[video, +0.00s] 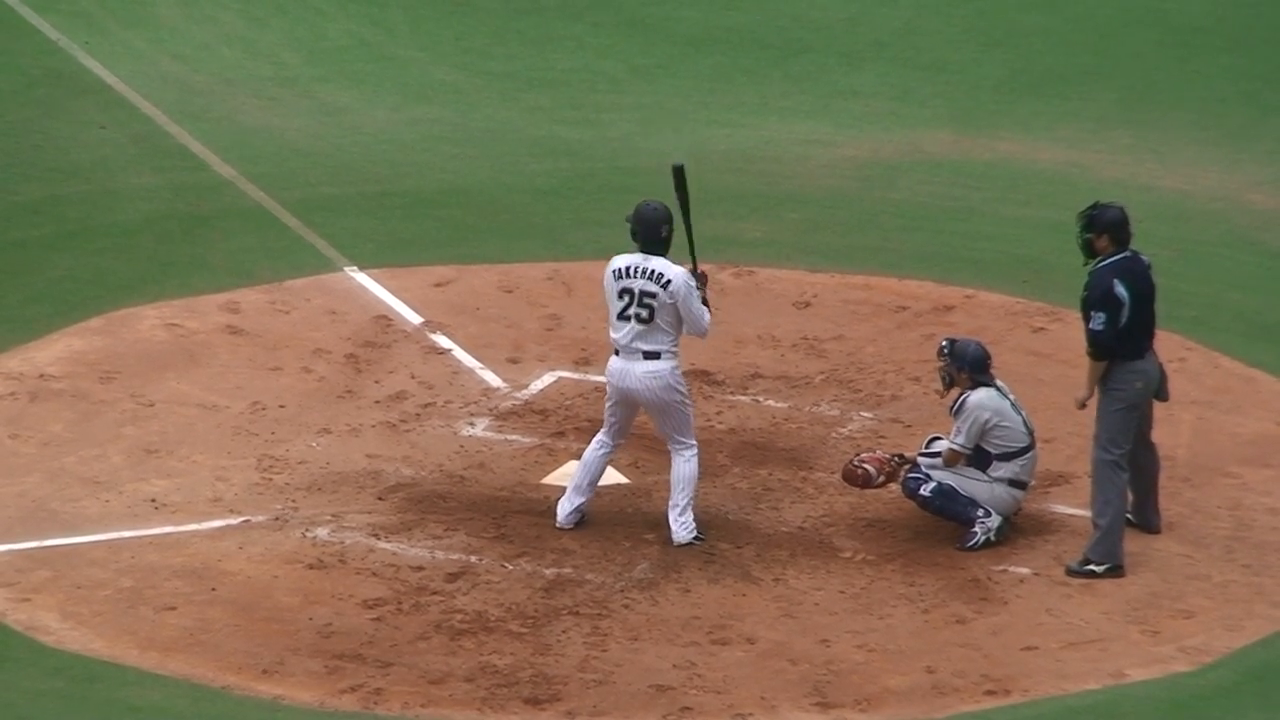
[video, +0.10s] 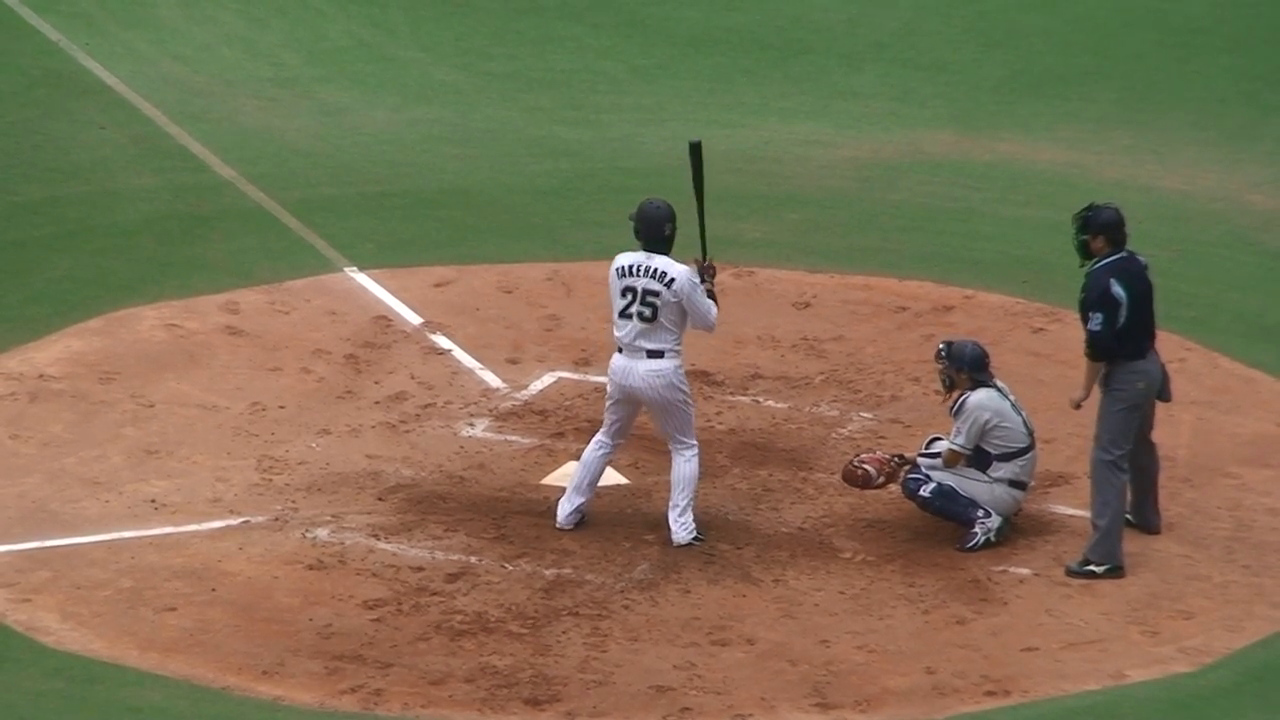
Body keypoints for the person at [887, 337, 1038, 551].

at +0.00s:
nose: (943, 369)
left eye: (948, 365)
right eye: (944, 364)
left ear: (964, 371)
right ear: (975, 370)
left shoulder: (975, 403)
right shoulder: (995, 387)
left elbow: (950, 460)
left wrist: (908, 459)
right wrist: (911, 459)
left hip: (1002, 493)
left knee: (915, 480)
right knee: (934, 443)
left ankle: (984, 519)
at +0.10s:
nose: (942, 371)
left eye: (947, 367)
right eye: (943, 366)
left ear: (963, 373)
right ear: (976, 371)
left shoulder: (975, 403)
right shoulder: (995, 387)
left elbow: (950, 460)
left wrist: (908, 460)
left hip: (1002, 493)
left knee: (915, 481)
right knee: (934, 444)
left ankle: (985, 520)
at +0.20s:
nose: (942, 374)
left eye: (945, 369)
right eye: (942, 368)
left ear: (960, 373)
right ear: (976, 370)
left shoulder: (975, 403)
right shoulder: (994, 386)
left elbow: (950, 460)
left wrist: (907, 459)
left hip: (1003, 493)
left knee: (915, 480)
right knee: (934, 443)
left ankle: (984, 519)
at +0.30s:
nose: (940, 376)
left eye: (944, 370)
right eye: (941, 370)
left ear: (960, 374)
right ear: (976, 371)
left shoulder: (975, 403)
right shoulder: (994, 387)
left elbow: (951, 459)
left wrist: (908, 459)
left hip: (1003, 493)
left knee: (915, 480)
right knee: (935, 443)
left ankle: (984, 519)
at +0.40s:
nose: (940, 376)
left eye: (944, 371)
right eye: (941, 370)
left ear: (960, 375)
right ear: (976, 371)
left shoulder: (974, 403)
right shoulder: (993, 387)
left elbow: (950, 462)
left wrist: (909, 457)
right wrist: (947, 440)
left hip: (1003, 493)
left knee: (914, 480)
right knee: (933, 442)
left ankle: (983, 519)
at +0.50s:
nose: (940, 375)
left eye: (945, 370)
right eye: (941, 369)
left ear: (960, 374)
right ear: (970, 373)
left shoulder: (975, 403)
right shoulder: (992, 387)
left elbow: (950, 462)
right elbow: (973, 433)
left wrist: (911, 453)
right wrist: (934, 433)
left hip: (1003, 493)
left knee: (915, 478)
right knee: (930, 452)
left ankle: (983, 519)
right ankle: (995, 506)